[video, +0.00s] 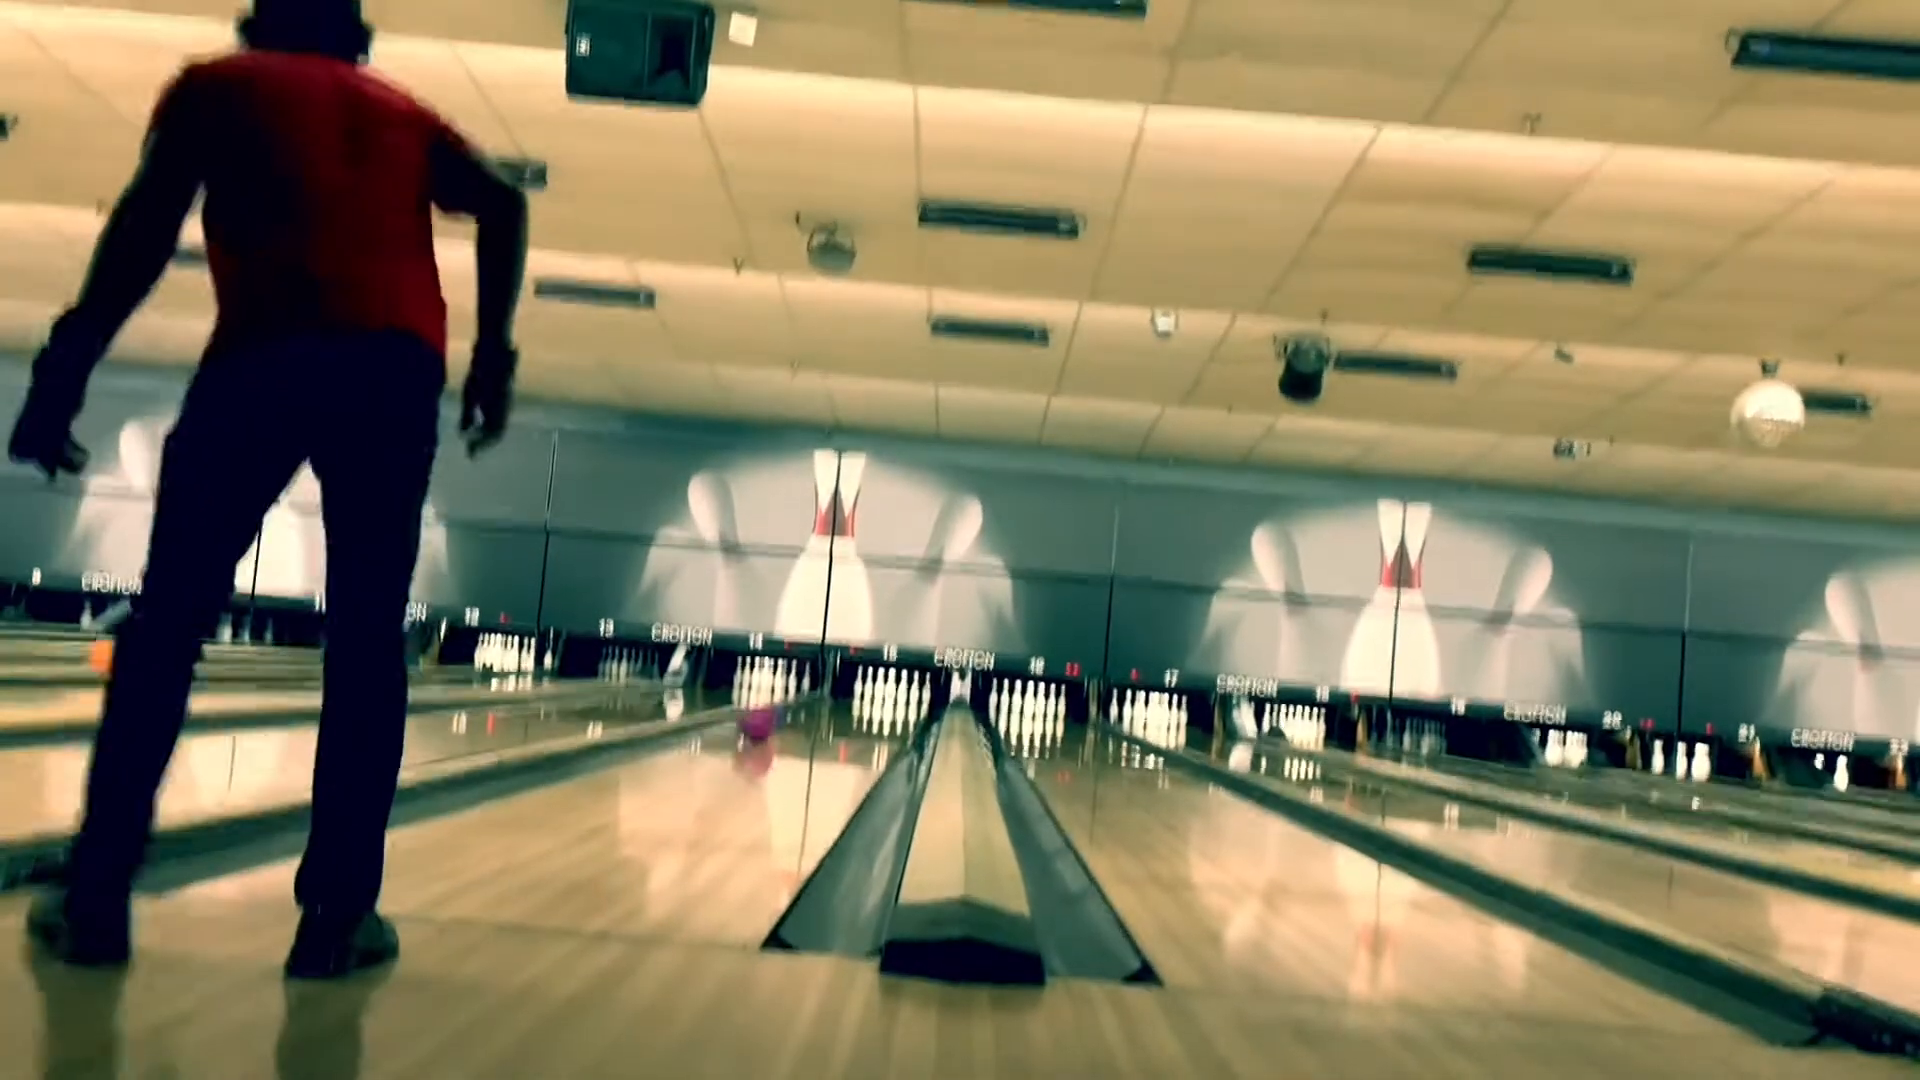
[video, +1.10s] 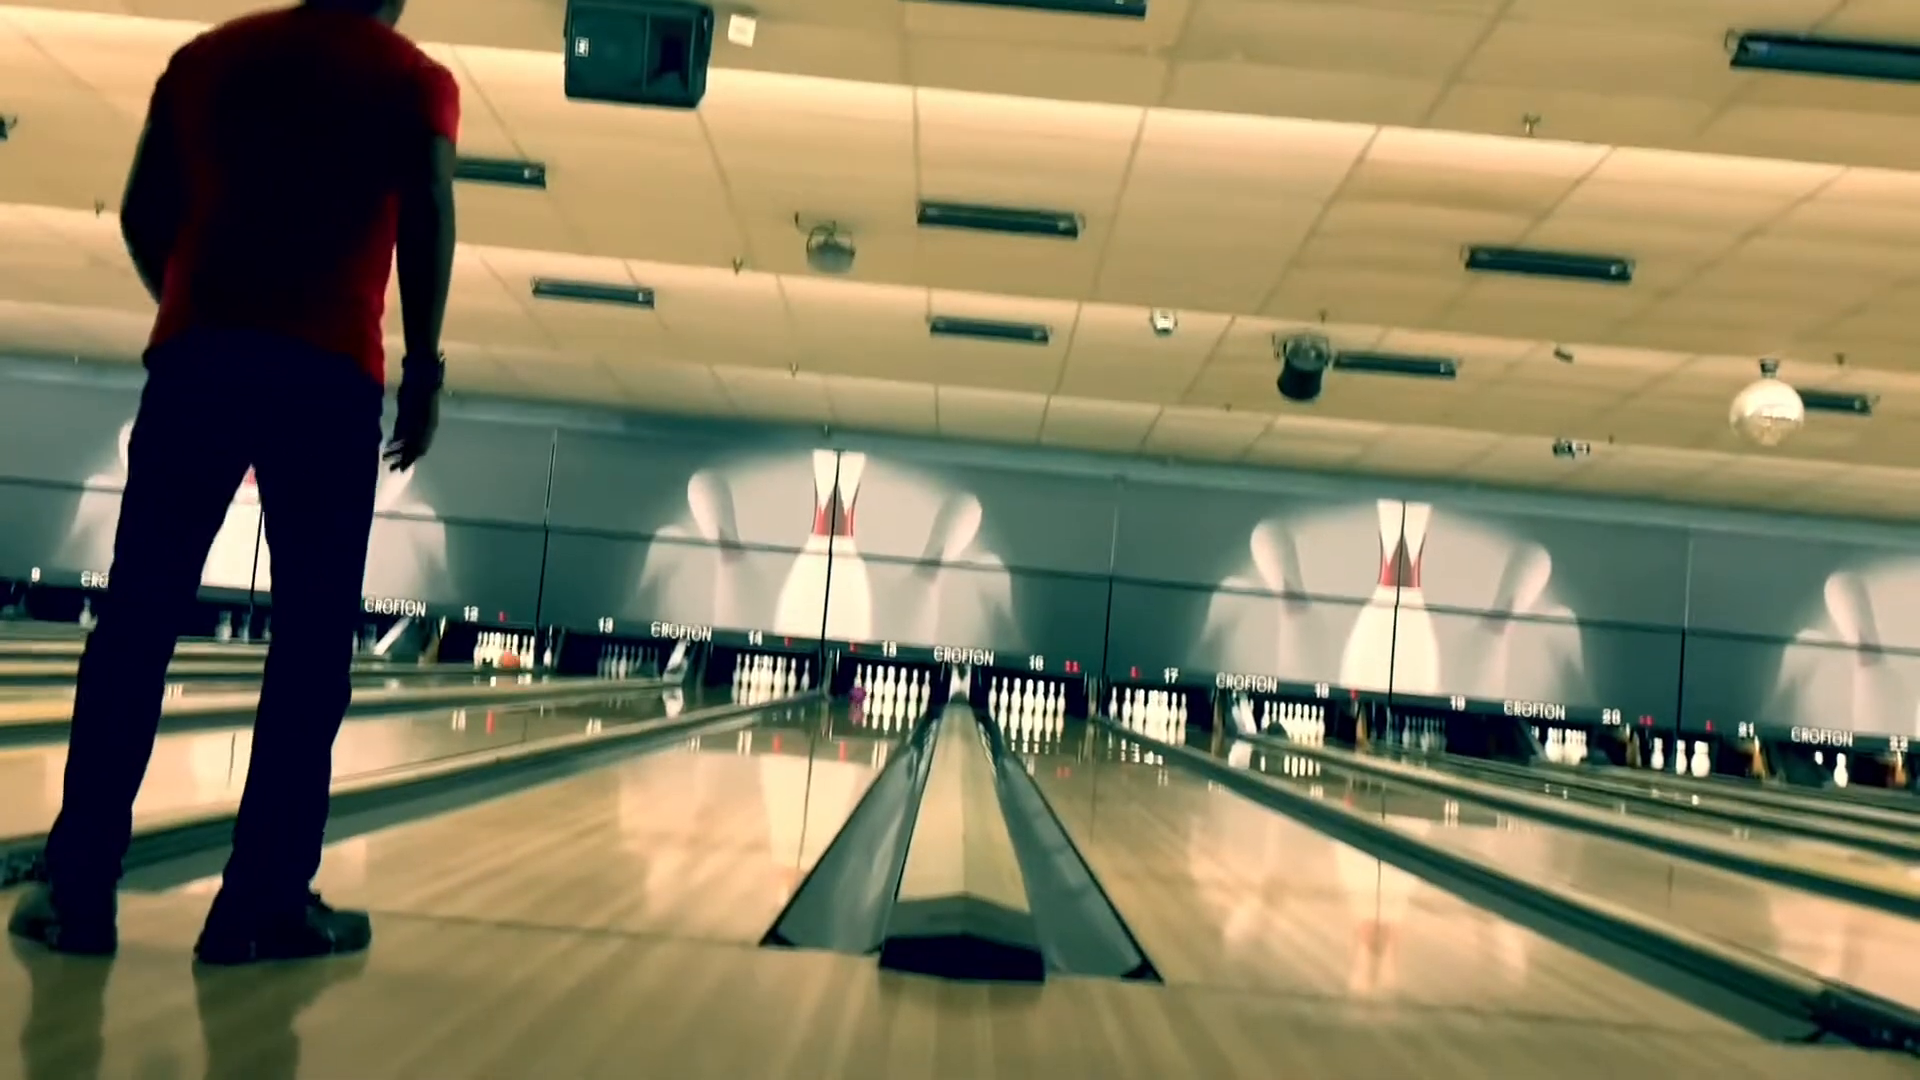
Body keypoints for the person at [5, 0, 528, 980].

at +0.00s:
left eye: (249, 27)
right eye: (358, 38)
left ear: (259, 28)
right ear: (354, 40)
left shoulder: (213, 86)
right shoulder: (401, 113)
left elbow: (141, 238)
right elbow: (504, 201)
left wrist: (58, 382)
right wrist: (495, 348)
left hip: (258, 368)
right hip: (394, 377)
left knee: (169, 625)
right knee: (368, 649)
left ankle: (96, 907)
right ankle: (333, 924)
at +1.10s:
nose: (409, 6)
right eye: (407, 2)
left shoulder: (202, 57)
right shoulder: (417, 78)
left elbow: (142, 215)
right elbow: (427, 224)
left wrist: (199, 313)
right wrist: (423, 364)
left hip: (194, 367)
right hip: (326, 380)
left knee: (134, 624)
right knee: (313, 644)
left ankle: (79, 899)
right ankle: (263, 906)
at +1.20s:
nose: (434, 20)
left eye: (427, 14)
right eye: (435, 12)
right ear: (420, 5)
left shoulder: (231, 56)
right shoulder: (443, 85)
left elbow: (167, 216)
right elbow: (446, 230)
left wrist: (231, 312)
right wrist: (437, 371)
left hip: (208, 367)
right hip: (340, 381)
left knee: (141, 623)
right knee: (320, 651)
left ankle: (79, 899)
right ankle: (263, 910)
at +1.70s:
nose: (542, 34)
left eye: (536, 25)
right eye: (546, 24)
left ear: (449, 4)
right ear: (537, 22)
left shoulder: (344, 57)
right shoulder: (538, 101)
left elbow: (256, 200)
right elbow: (512, 218)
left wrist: (308, 303)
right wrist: (470, 376)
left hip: (248, 334)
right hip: (372, 369)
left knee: (88, 544)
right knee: (336, 646)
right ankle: (263, 906)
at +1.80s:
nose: (544, 34)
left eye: (538, 26)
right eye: (548, 25)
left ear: (451, 4)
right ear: (540, 22)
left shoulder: (346, 57)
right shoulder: (539, 102)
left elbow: (257, 201)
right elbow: (513, 220)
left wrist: (310, 310)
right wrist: (470, 383)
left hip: (248, 336)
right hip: (371, 369)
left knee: (88, 545)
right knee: (336, 651)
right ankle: (261, 909)